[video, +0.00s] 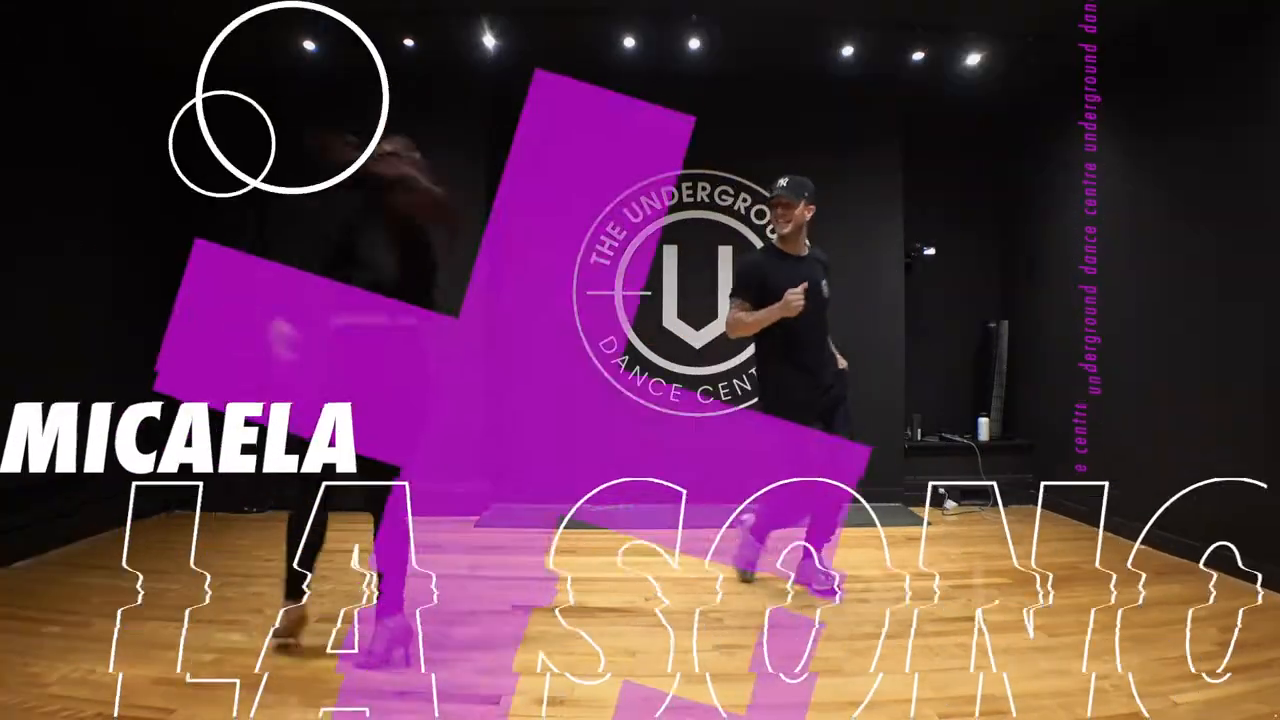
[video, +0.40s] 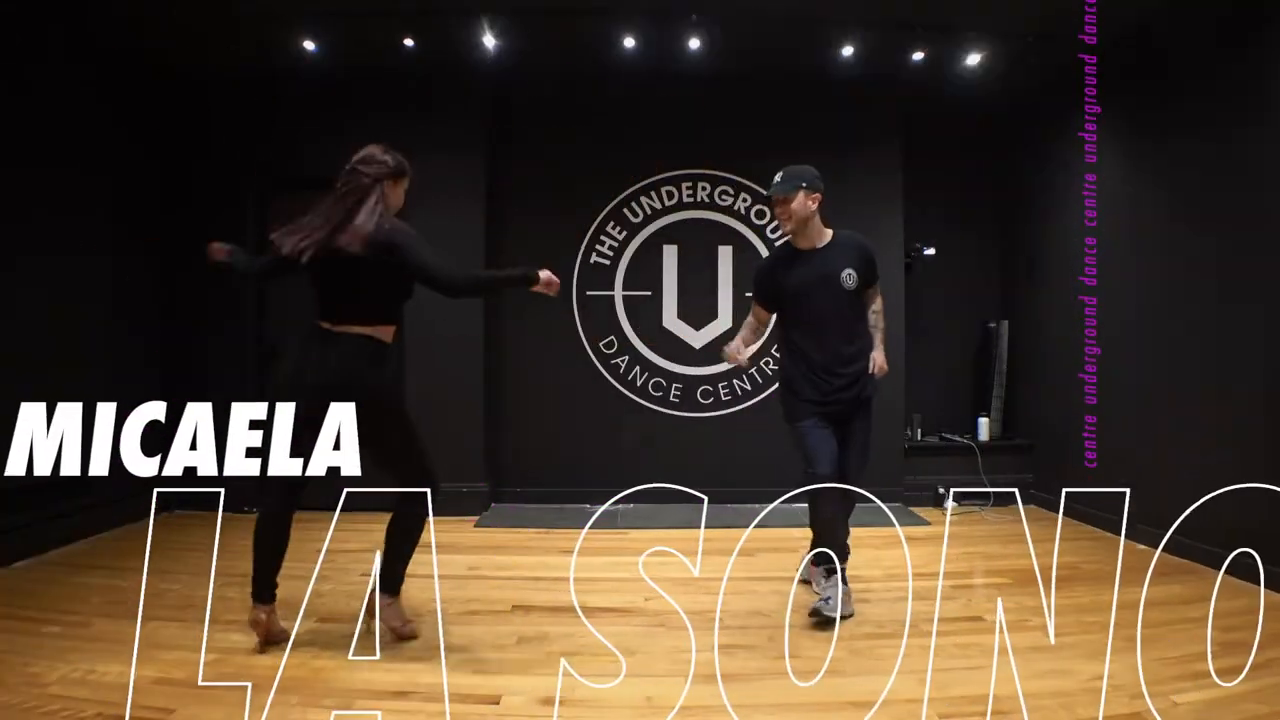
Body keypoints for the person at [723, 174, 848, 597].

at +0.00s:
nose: (779, 214)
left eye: (787, 207)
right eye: (774, 207)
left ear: (808, 211)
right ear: (769, 212)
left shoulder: (818, 262)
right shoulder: (755, 264)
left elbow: (813, 322)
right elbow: (733, 326)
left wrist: (834, 354)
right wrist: (779, 309)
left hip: (825, 382)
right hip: (780, 385)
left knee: (831, 474)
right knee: (785, 474)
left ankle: (813, 562)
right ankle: (754, 541)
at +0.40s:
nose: (777, 213)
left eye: (785, 202)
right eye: (774, 205)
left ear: (813, 200)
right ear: (777, 209)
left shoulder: (856, 252)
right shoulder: (773, 268)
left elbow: (873, 301)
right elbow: (756, 318)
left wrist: (877, 347)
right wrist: (741, 343)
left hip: (854, 387)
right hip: (803, 392)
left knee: (849, 482)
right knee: (824, 475)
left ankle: (821, 562)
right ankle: (835, 582)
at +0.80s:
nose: (778, 207)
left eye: (785, 196)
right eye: (773, 200)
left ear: (813, 186)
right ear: (774, 201)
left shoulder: (861, 240)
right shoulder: (776, 255)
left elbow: (875, 296)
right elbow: (771, 327)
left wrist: (885, 339)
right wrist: (821, 314)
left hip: (870, 386)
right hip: (814, 395)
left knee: (892, 485)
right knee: (823, 490)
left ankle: (861, 553)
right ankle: (836, 586)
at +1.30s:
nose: (794, 196)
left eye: (801, 185)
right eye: (788, 189)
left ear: (831, 176)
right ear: (785, 193)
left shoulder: (876, 244)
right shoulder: (780, 250)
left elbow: (888, 307)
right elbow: (761, 323)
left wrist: (888, 349)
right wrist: (748, 279)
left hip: (857, 393)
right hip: (798, 399)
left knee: (845, 490)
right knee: (807, 509)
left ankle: (852, 613)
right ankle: (833, 587)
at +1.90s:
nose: (771, 197)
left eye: (771, 182)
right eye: (766, 187)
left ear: (800, 161)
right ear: (798, 166)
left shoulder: (840, 213)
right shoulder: (825, 217)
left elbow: (872, 287)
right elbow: (845, 286)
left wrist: (804, 352)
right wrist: (796, 274)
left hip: (823, 396)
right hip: (808, 390)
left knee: (787, 508)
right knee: (785, 504)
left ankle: (836, 637)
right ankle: (853, 593)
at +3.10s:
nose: (755, 185)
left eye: (758, 171)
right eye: (751, 175)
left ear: (789, 155)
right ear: (785, 161)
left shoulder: (848, 212)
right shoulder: (810, 222)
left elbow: (903, 284)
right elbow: (826, 305)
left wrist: (828, 325)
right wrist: (772, 319)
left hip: (829, 394)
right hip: (800, 389)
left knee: (797, 508)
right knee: (788, 508)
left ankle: (851, 633)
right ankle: (825, 618)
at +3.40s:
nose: (761, 174)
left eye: (768, 163)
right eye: (759, 165)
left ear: (801, 158)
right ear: (800, 162)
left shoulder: (843, 218)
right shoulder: (826, 220)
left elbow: (878, 296)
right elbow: (854, 297)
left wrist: (805, 347)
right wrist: (804, 300)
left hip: (860, 402)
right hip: (833, 398)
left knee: (822, 509)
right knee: (785, 485)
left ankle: (851, 637)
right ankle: (859, 591)